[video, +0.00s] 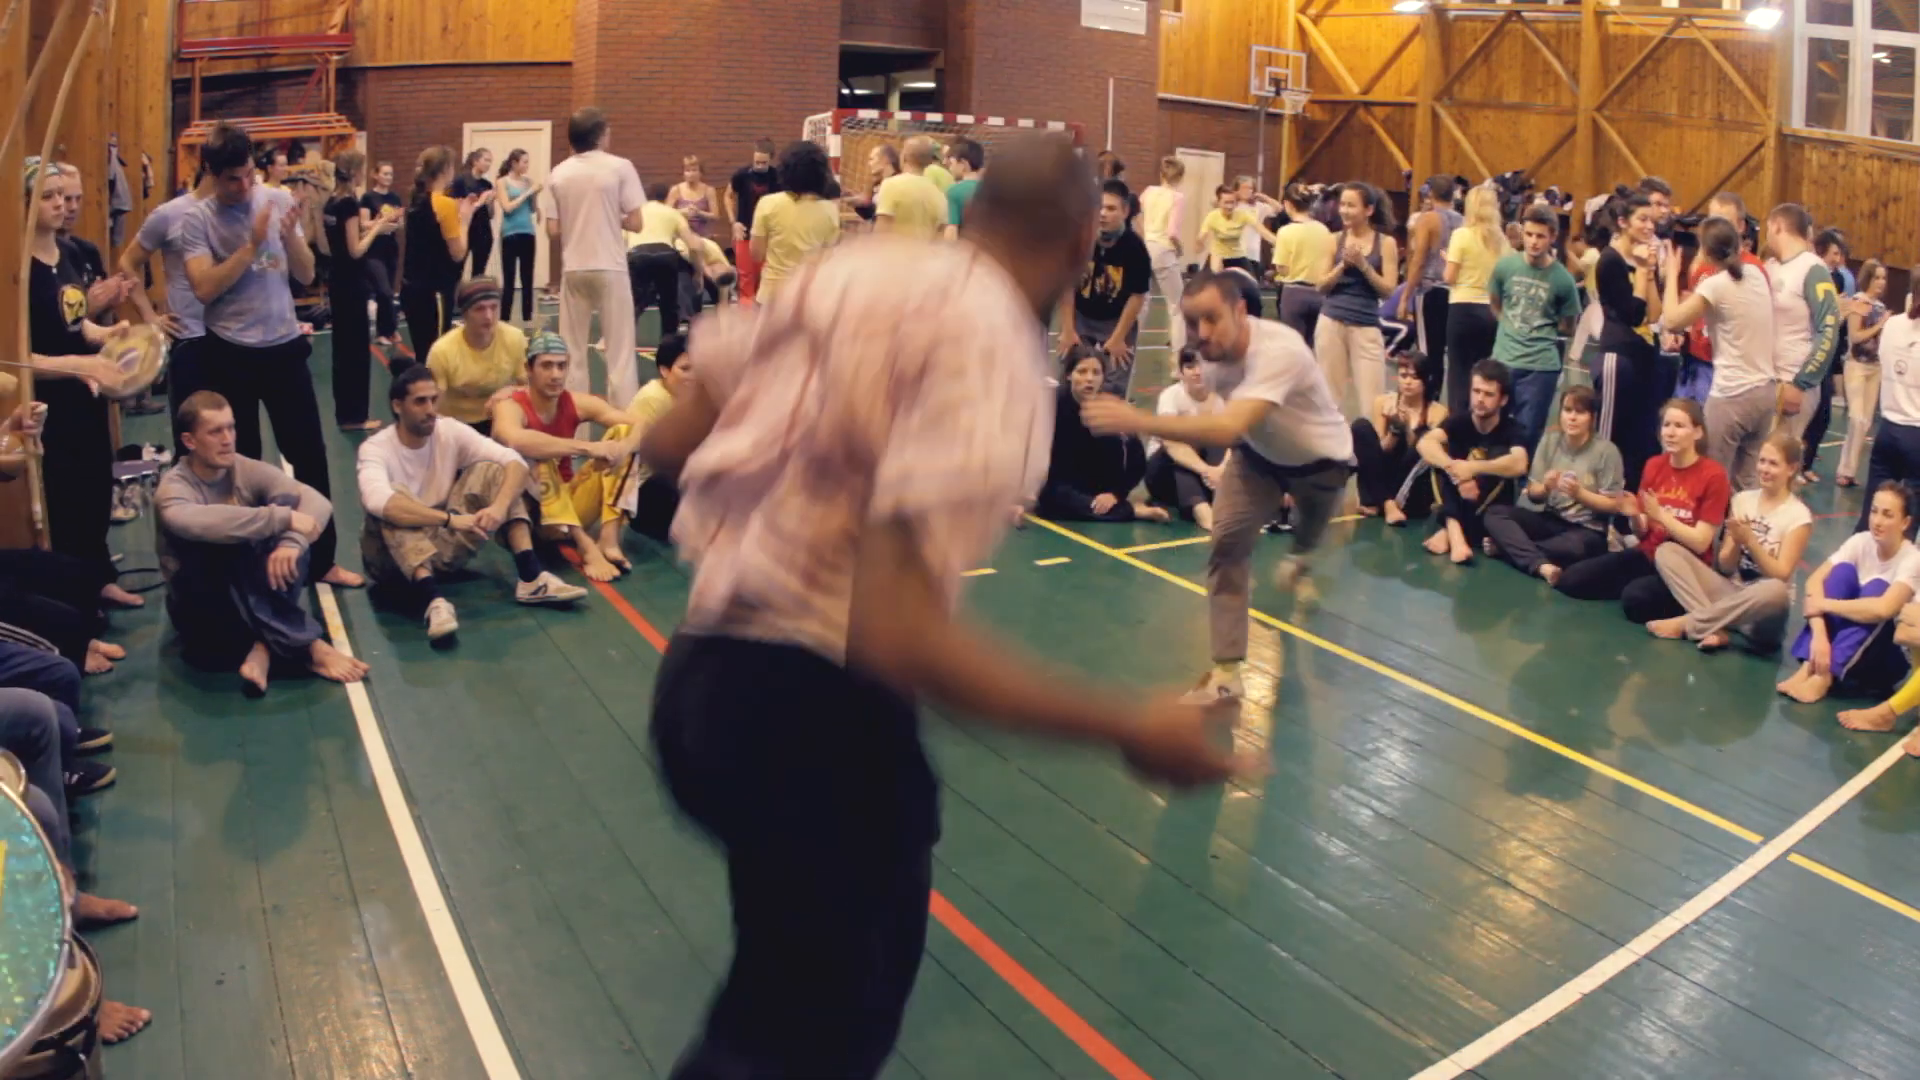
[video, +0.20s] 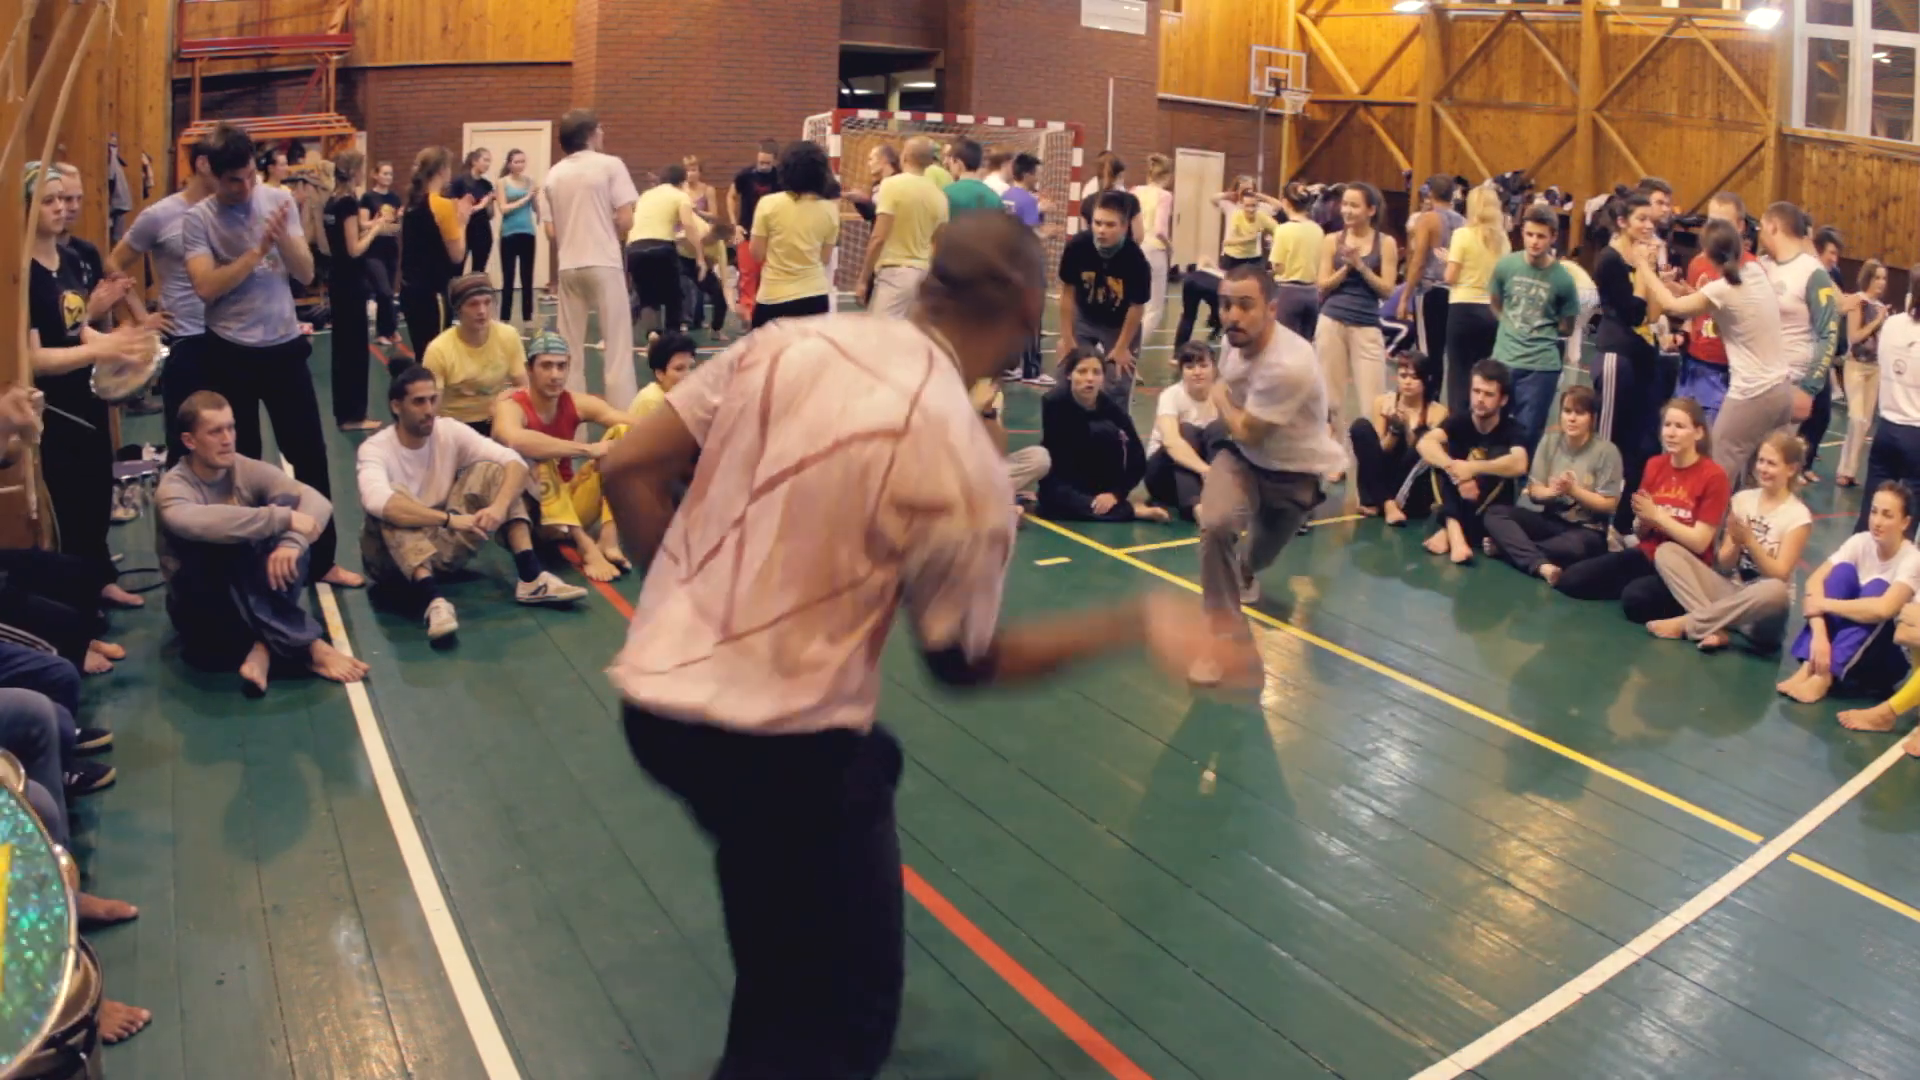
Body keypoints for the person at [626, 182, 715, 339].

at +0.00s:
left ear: (647, 196)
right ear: (666, 197)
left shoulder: (634, 212)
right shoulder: (672, 213)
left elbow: (623, 240)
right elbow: (694, 246)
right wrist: (699, 273)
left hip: (638, 253)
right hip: (666, 252)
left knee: (635, 302)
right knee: (668, 302)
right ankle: (669, 345)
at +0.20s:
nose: (686, 185)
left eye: (686, 181)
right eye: (685, 181)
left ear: (661, 179)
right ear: (681, 181)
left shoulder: (645, 195)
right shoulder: (680, 196)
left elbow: (636, 222)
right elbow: (688, 225)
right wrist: (699, 256)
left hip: (634, 248)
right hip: (661, 247)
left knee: (648, 299)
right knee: (673, 297)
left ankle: (652, 332)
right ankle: (672, 338)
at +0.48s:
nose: (684, 187)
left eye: (685, 183)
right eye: (684, 183)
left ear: (661, 181)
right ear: (679, 184)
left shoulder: (646, 197)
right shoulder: (675, 201)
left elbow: (650, 230)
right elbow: (673, 228)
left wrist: (685, 240)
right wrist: (682, 257)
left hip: (628, 253)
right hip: (655, 252)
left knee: (627, 305)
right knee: (676, 302)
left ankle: (626, 348)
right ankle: (681, 348)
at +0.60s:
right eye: (661, 177)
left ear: (639, 175)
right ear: (659, 177)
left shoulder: (628, 191)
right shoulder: (663, 192)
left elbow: (617, 220)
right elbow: (664, 223)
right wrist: (679, 251)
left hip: (623, 251)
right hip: (649, 250)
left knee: (612, 300)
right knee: (670, 300)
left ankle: (600, 344)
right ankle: (681, 347)